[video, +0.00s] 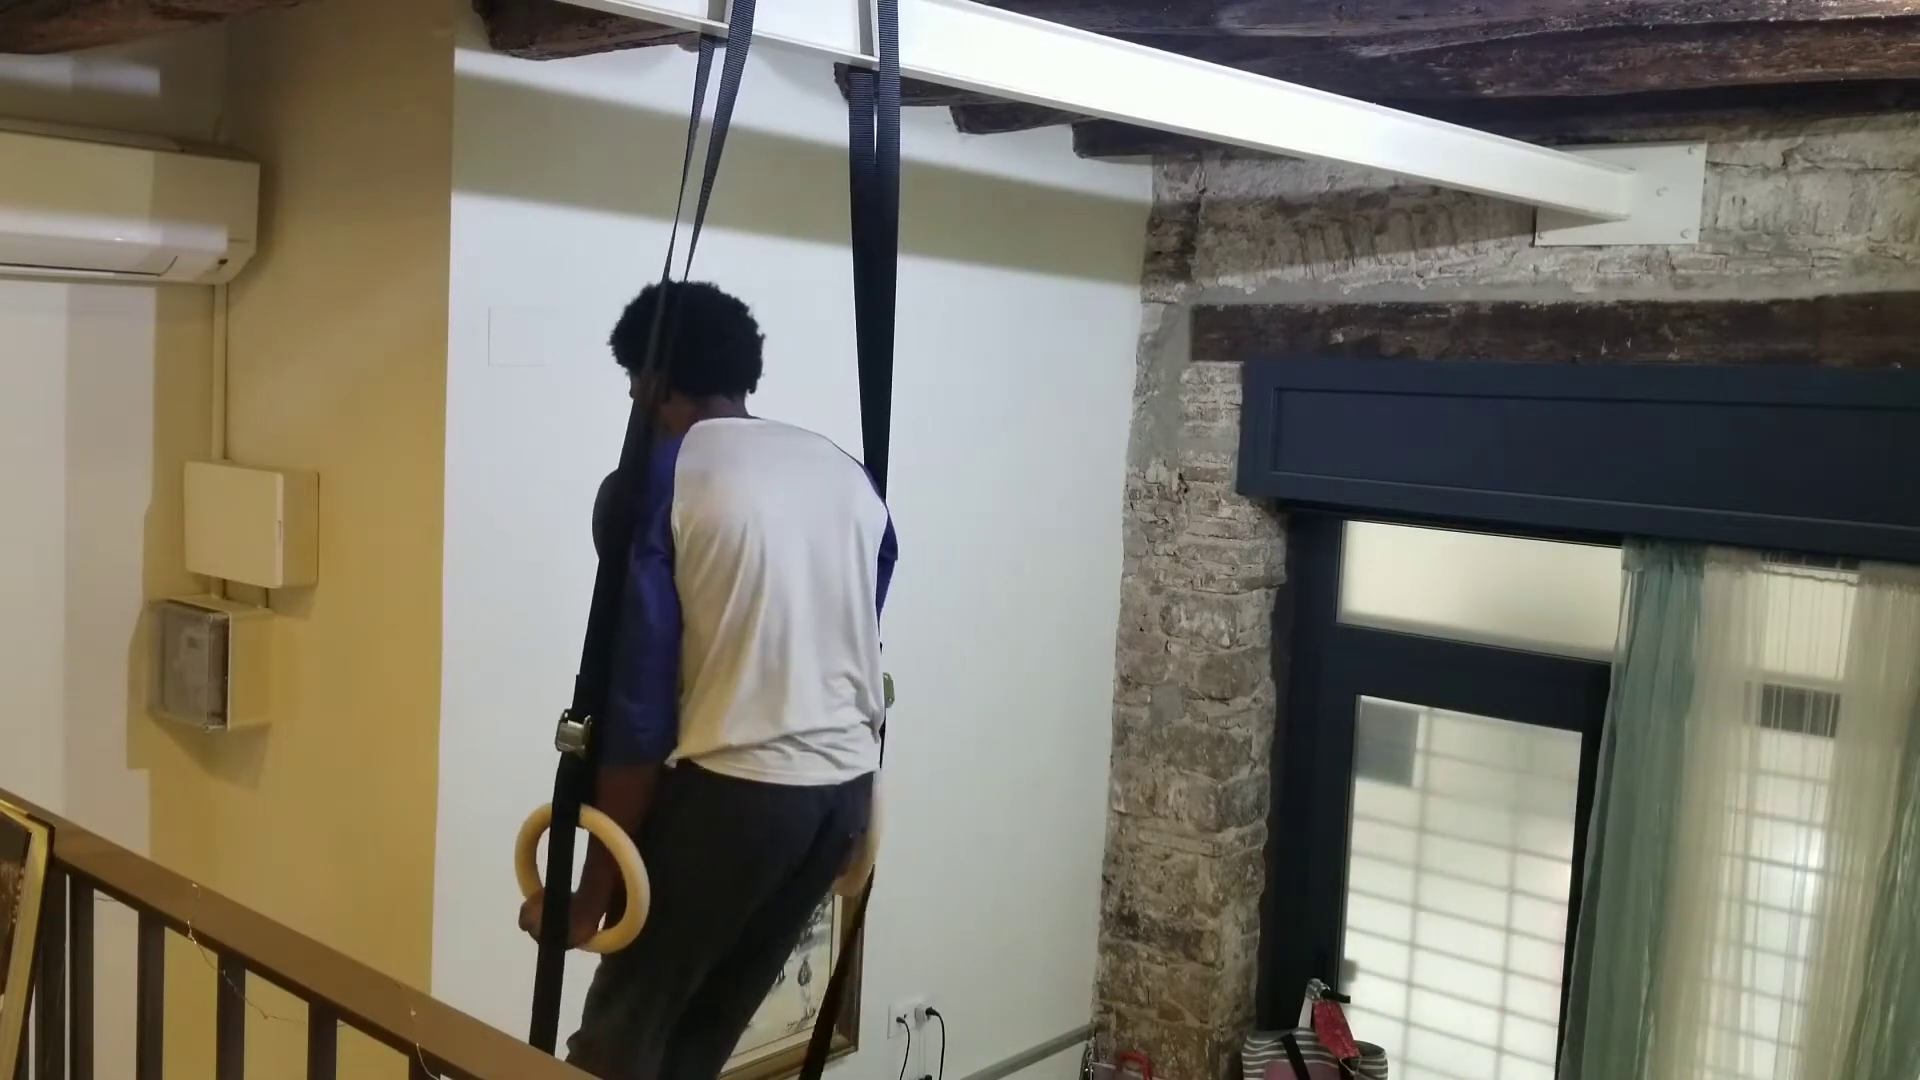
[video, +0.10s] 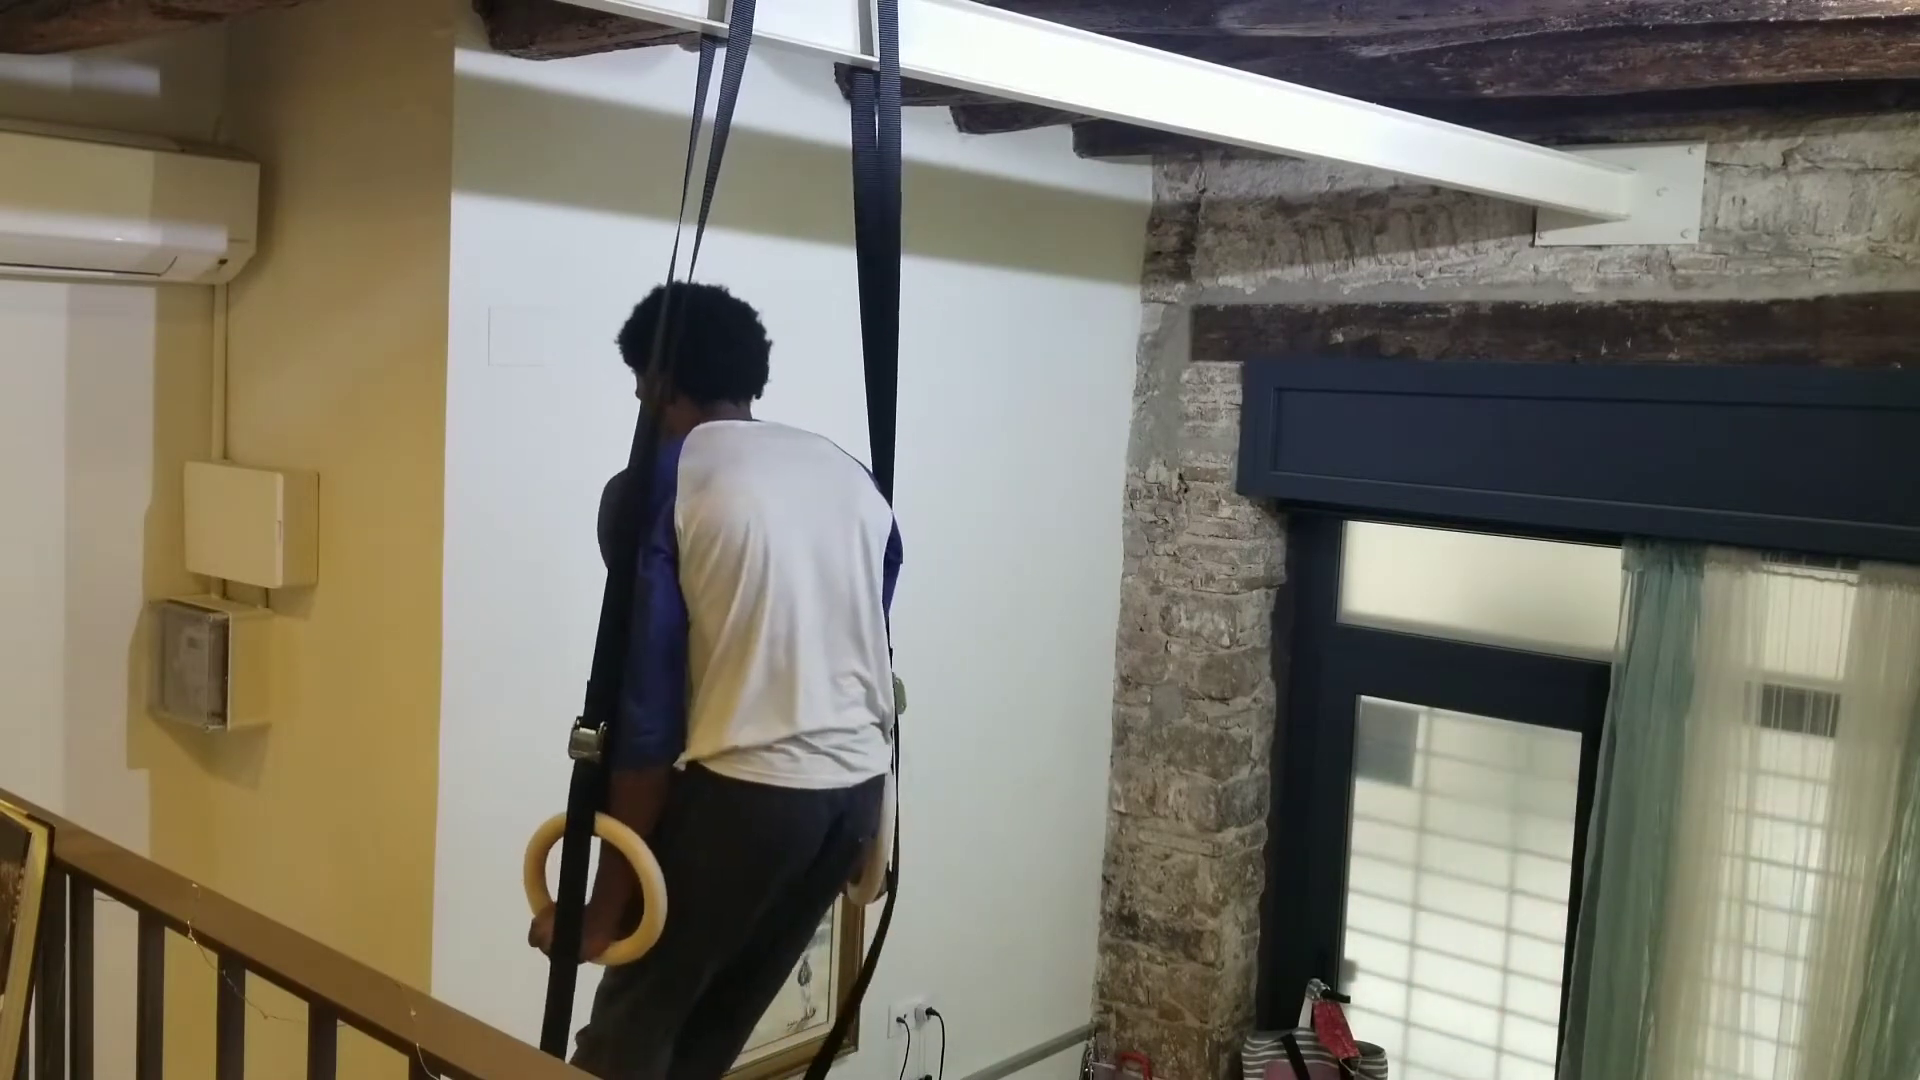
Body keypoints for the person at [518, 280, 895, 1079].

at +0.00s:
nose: (631, 399)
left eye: (633, 378)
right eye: (631, 378)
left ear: (657, 375)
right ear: (741, 376)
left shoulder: (657, 478)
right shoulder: (845, 472)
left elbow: (643, 694)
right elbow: (859, 637)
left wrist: (600, 867)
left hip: (726, 800)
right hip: (837, 805)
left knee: (621, 1035)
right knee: (702, 1042)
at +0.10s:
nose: (637, 400)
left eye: (639, 380)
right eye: (637, 380)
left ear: (661, 378)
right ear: (748, 378)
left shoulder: (658, 485)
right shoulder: (851, 477)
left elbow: (649, 706)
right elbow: (869, 652)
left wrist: (609, 895)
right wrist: (868, 823)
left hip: (735, 806)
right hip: (845, 813)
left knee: (627, 1038)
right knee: (708, 1045)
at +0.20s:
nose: (642, 407)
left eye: (643, 388)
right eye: (642, 388)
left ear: (664, 381)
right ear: (752, 383)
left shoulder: (666, 484)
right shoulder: (856, 477)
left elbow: (656, 714)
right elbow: (878, 656)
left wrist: (613, 907)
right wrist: (879, 830)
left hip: (744, 809)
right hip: (854, 816)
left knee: (636, 1046)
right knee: (717, 1050)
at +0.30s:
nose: (648, 409)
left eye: (648, 390)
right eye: (645, 390)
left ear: (670, 383)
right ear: (758, 381)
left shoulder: (670, 486)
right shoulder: (863, 477)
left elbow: (666, 715)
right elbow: (886, 652)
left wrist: (628, 918)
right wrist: (890, 839)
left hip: (763, 803)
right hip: (873, 807)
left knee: (653, 1042)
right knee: (736, 1047)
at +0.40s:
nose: (652, 415)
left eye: (651, 394)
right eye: (647, 396)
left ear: (678, 385)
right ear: (761, 382)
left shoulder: (673, 490)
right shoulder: (872, 480)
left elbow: (680, 717)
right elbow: (893, 647)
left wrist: (642, 928)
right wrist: (907, 844)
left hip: (779, 804)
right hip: (892, 807)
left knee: (676, 1047)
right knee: (759, 1051)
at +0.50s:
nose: (655, 418)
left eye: (653, 396)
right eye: (649, 399)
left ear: (679, 389)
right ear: (761, 384)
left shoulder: (673, 494)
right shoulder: (876, 480)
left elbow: (688, 724)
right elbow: (902, 654)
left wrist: (654, 937)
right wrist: (916, 853)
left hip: (792, 802)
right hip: (908, 804)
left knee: (703, 1050)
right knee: (789, 1053)